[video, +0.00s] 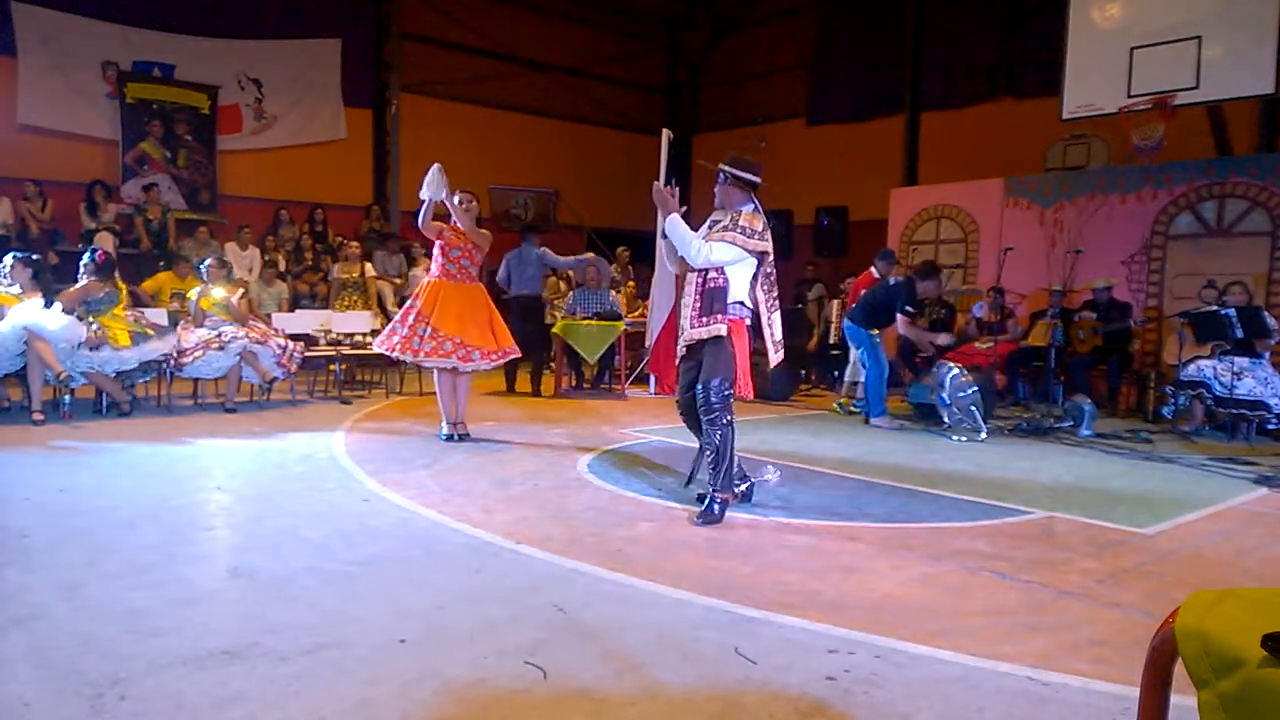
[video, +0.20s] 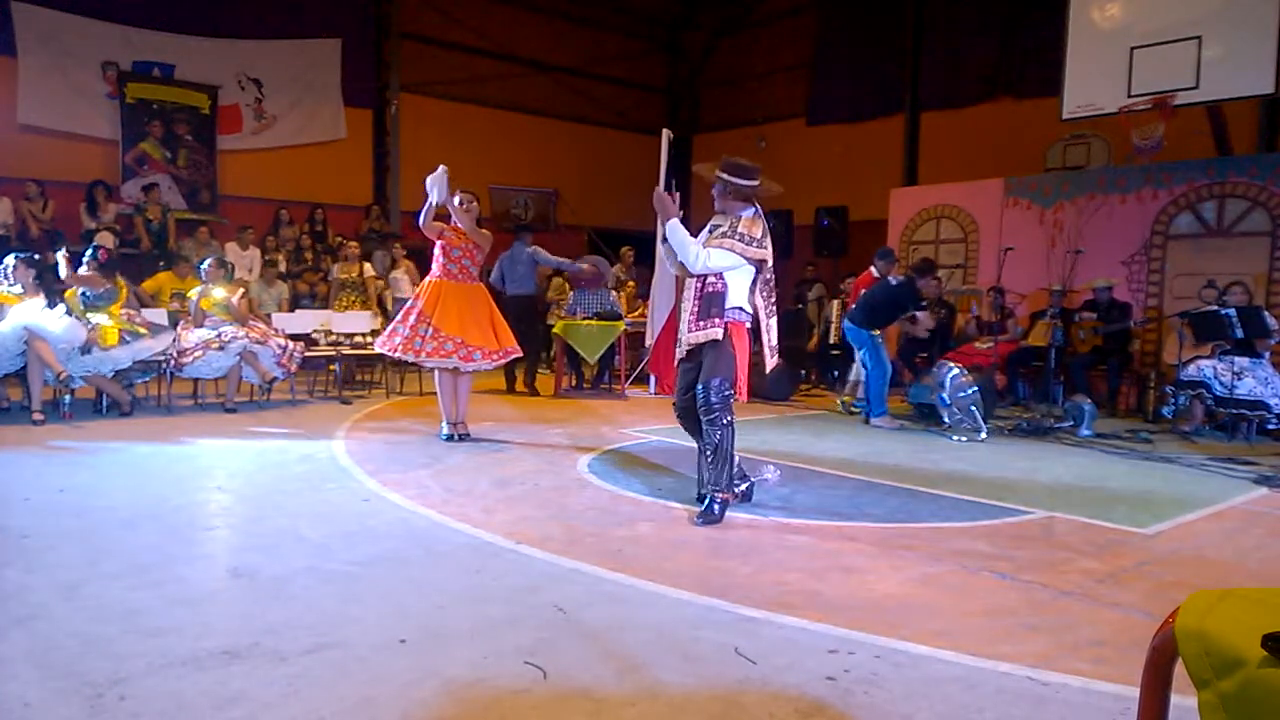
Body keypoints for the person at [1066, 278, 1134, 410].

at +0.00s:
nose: (1097, 295)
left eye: (1101, 292)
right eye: (1095, 292)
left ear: (1108, 292)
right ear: (1093, 293)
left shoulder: (1122, 307)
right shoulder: (1089, 306)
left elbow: (1119, 320)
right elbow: (1070, 316)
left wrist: (1097, 317)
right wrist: (1078, 316)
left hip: (1118, 349)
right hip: (1097, 348)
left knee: (1114, 365)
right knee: (1077, 363)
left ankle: (1112, 403)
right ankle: (1084, 399)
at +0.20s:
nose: (1098, 295)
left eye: (1102, 292)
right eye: (1096, 292)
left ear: (1109, 292)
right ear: (1093, 293)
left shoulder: (1122, 307)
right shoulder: (1089, 306)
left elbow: (1120, 321)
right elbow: (1072, 316)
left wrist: (1097, 317)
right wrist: (1079, 317)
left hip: (1116, 349)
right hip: (1096, 348)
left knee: (1114, 366)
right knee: (1076, 363)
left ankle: (1111, 404)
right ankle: (1085, 400)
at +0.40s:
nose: (1099, 295)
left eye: (1102, 292)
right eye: (1096, 292)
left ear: (1110, 292)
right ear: (1094, 293)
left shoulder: (1123, 307)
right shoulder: (1089, 305)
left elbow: (1119, 320)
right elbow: (1073, 315)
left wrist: (1095, 317)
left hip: (1117, 350)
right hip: (1096, 349)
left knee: (1114, 366)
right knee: (1076, 363)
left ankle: (1111, 404)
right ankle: (1085, 400)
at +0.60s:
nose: (1098, 295)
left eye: (1102, 291)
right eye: (1096, 291)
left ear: (1110, 292)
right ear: (1093, 293)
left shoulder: (1123, 307)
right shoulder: (1089, 306)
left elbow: (1120, 320)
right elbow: (1072, 315)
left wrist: (1097, 317)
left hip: (1117, 349)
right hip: (1096, 348)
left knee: (1114, 365)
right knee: (1076, 363)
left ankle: (1111, 404)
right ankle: (1084, 400)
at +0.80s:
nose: (1099, 295)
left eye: (1102, 291)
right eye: (1096, 291)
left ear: (1110, 292)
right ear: (1093, 293)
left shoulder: (1123, 307)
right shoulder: (1089, 306)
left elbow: (1120, 320)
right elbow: (1072, 315)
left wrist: (1097, 317)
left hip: (1117, 349)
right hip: (1096, 348)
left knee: (1114, 365)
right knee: (1076, 363)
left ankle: (1111, 404)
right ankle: (1085, 400)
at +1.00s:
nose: (1099, 295)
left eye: (1103, 291)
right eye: (1097, 291)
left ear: (1110, 292)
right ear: (1094, 292)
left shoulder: (1123, 308)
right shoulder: (1089, 306)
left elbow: (1120, 321)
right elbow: (1071, 316)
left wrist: (1097, 317)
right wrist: (1079, 316)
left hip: (1117, 349)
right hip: (1096, 349)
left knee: (1114, 365)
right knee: (1076, 363)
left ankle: (1111, 404)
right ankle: (1085, 400)